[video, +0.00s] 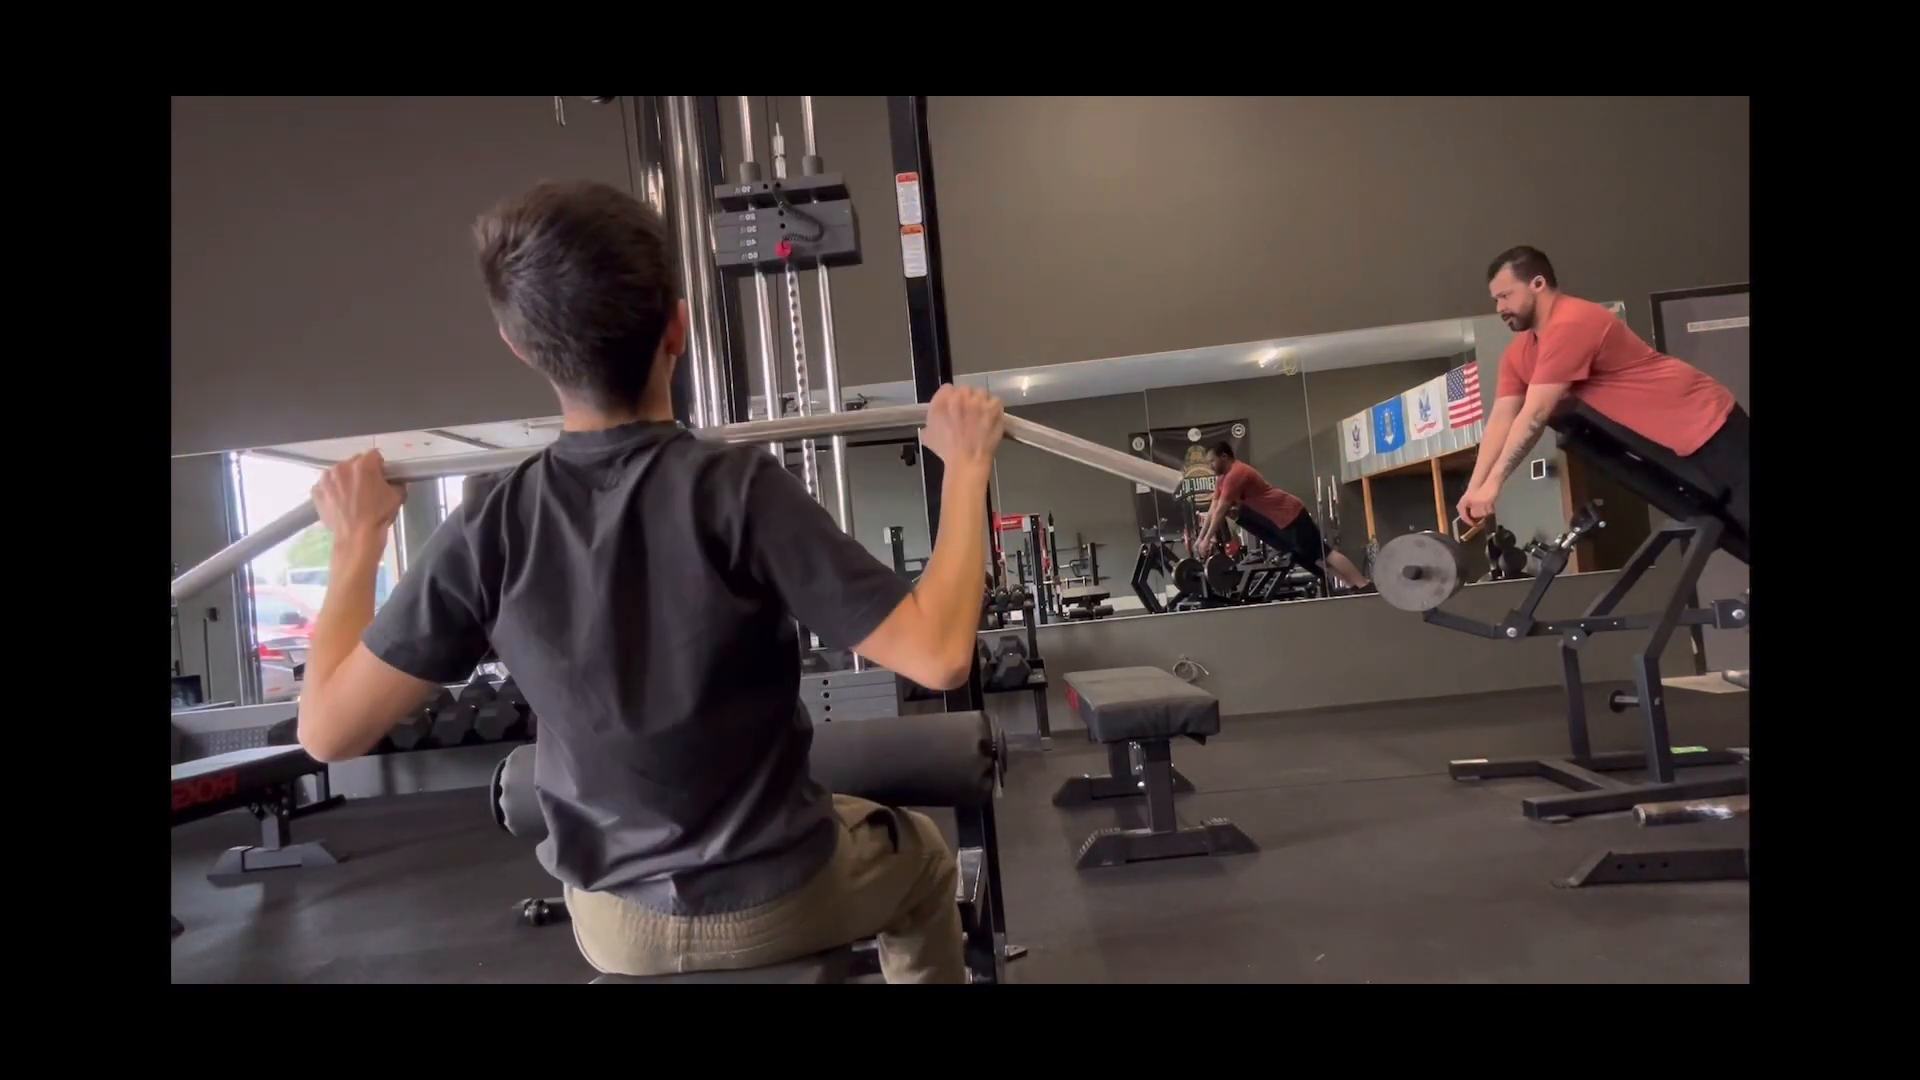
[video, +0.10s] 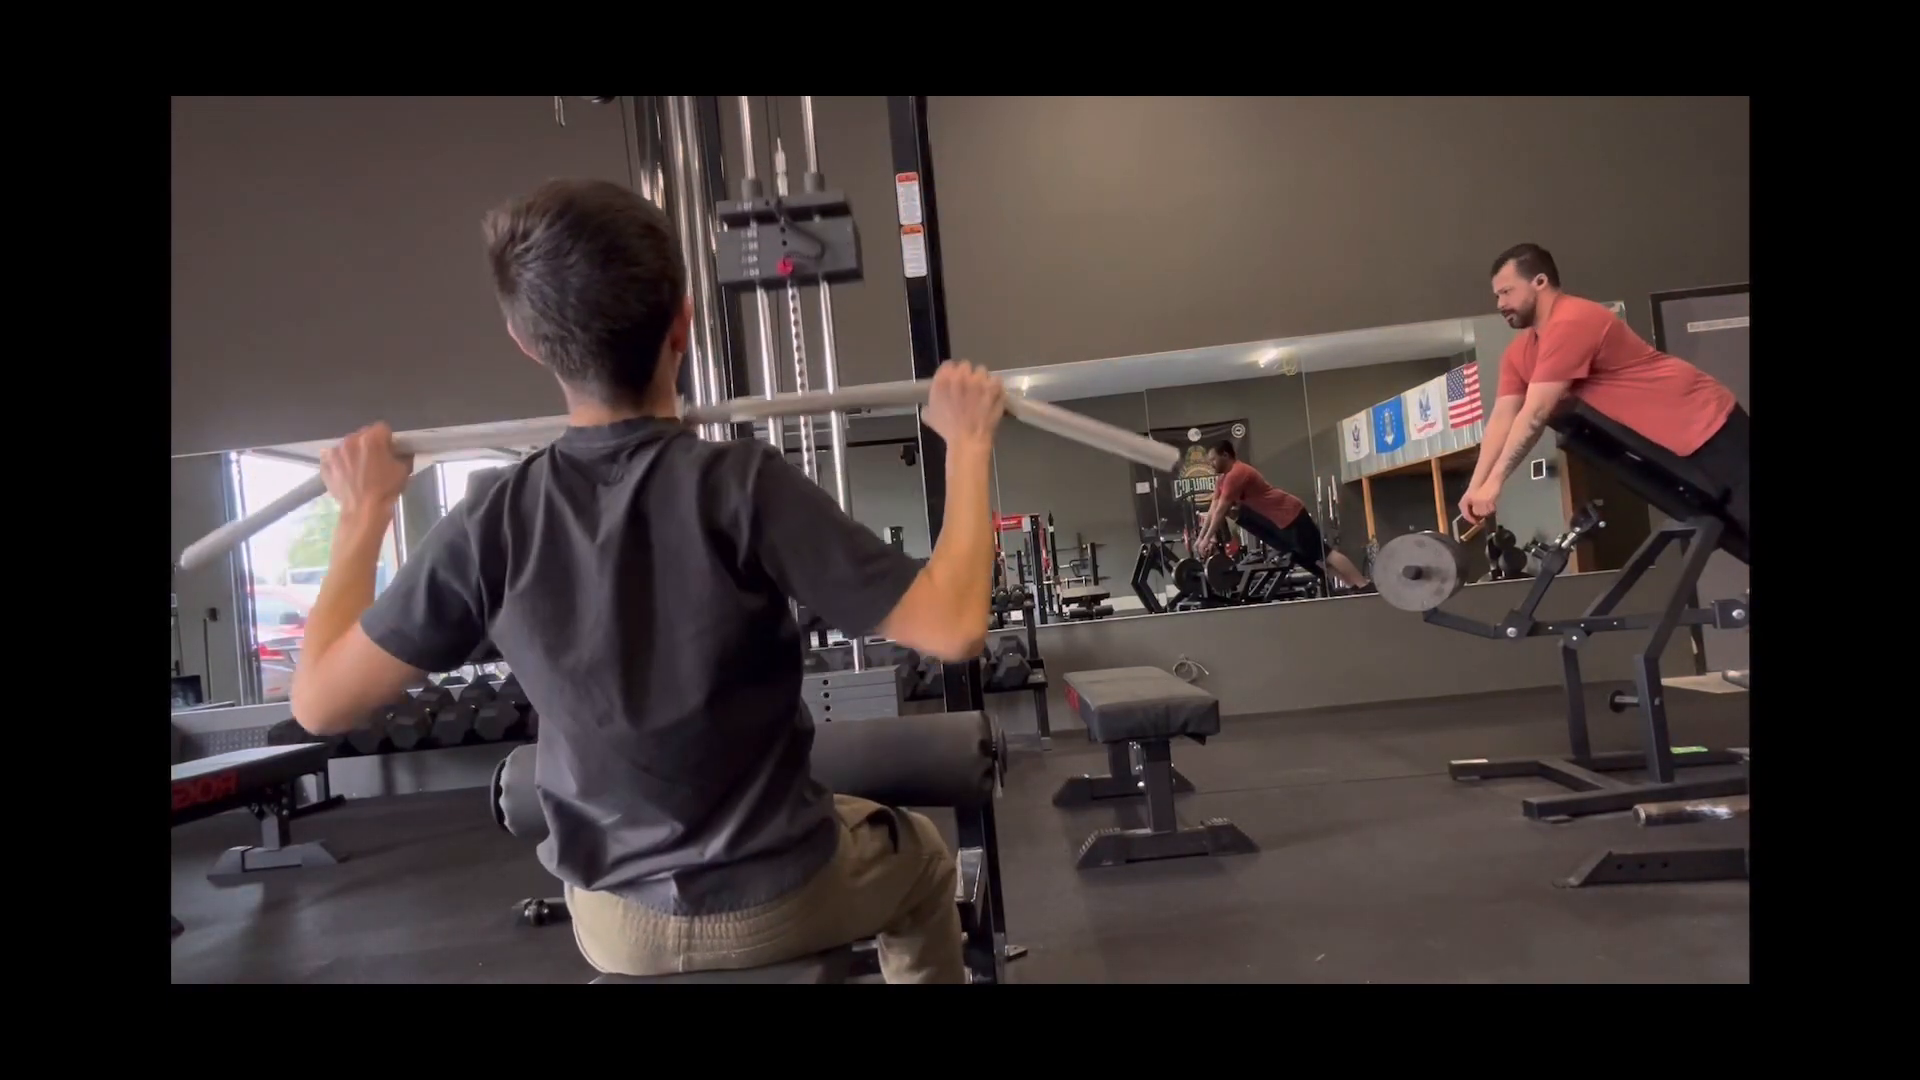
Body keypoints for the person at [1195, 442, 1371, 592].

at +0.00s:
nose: (1210, 466)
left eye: (1212, 461)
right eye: (1209, 462)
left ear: (1225, 456)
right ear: (1218, 460)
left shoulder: (1237, 473)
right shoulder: (1223, 479)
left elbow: (1222, 508)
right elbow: (1213, 507)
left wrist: (1209, 537)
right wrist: (1201, 536)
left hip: (1292, 513)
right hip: (1281, 521)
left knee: (1324, 552)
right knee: (1315, 559)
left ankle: (1363, 583)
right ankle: (1352, 584)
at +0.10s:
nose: (1211, 463)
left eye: (1213, 458)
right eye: (1209, 459)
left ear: (1226, 455)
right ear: (1220, 458)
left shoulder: (1238, 473)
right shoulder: (1223, 479)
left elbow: (1223, 508)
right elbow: (1213, 508)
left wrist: (1209, 536)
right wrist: (1202, 536)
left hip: (1291, 513)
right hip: (1279, 522)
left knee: (1324, 552)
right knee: (1315, 560)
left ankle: (1363, 584)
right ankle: (1353, 584)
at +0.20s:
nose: (1210, 462)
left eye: (1213, 457)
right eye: (1209, 458)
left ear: (1226, 456)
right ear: (1221, 458)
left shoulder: (1237, 473)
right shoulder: (1223, 479)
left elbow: (1222, 509)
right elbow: (1213, 509)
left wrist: (1209, 538)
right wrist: (1202, 537)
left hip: (1291, 513)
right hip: (1279, 522)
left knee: (1324, 552)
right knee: (1313, 561)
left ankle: (1363, 583)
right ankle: (1352, 584)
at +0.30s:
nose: (1210, 462)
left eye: (1213, 457)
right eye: (1209, 458)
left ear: (1226, 456)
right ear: (1221, 458)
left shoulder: (1237, 474)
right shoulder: (1223, 480)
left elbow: (1222, 509)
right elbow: (1213, 510)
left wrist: (1209, 538)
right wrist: (1202, 538)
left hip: (1291, 513)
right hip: (1278, 523)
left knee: (1324, 552)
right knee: (1313, 560)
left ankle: (1363, 583)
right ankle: (1351, 584)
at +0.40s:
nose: (1210, 461)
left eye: (1213, 457)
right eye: (1209, 457)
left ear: (1225, 456)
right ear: (1221, 458)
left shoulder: (1236, 474)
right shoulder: (1222, 479)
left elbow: (1221, 511)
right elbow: (1212, 511)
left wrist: (1209, 541)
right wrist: (1203, 540)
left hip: (1291, 513)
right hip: (1280, 522)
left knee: (1325, 553)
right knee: (1318, 560)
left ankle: (1364, 584)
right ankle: (1353, 586)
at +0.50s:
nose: (1209, 461)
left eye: (1212, 457)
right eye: (1209, 458)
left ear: (1225, 456)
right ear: (1221, 458)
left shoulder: (1236, 475)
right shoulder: (1221, 480)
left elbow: (1222, 512)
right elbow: (1213, 512)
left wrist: (1210, 542)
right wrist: (1204, 541)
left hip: (1291, 513)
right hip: (1279, 523)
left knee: (1325, 552)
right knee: (1317, 560)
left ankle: (1363, 584)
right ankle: (1353, 586)